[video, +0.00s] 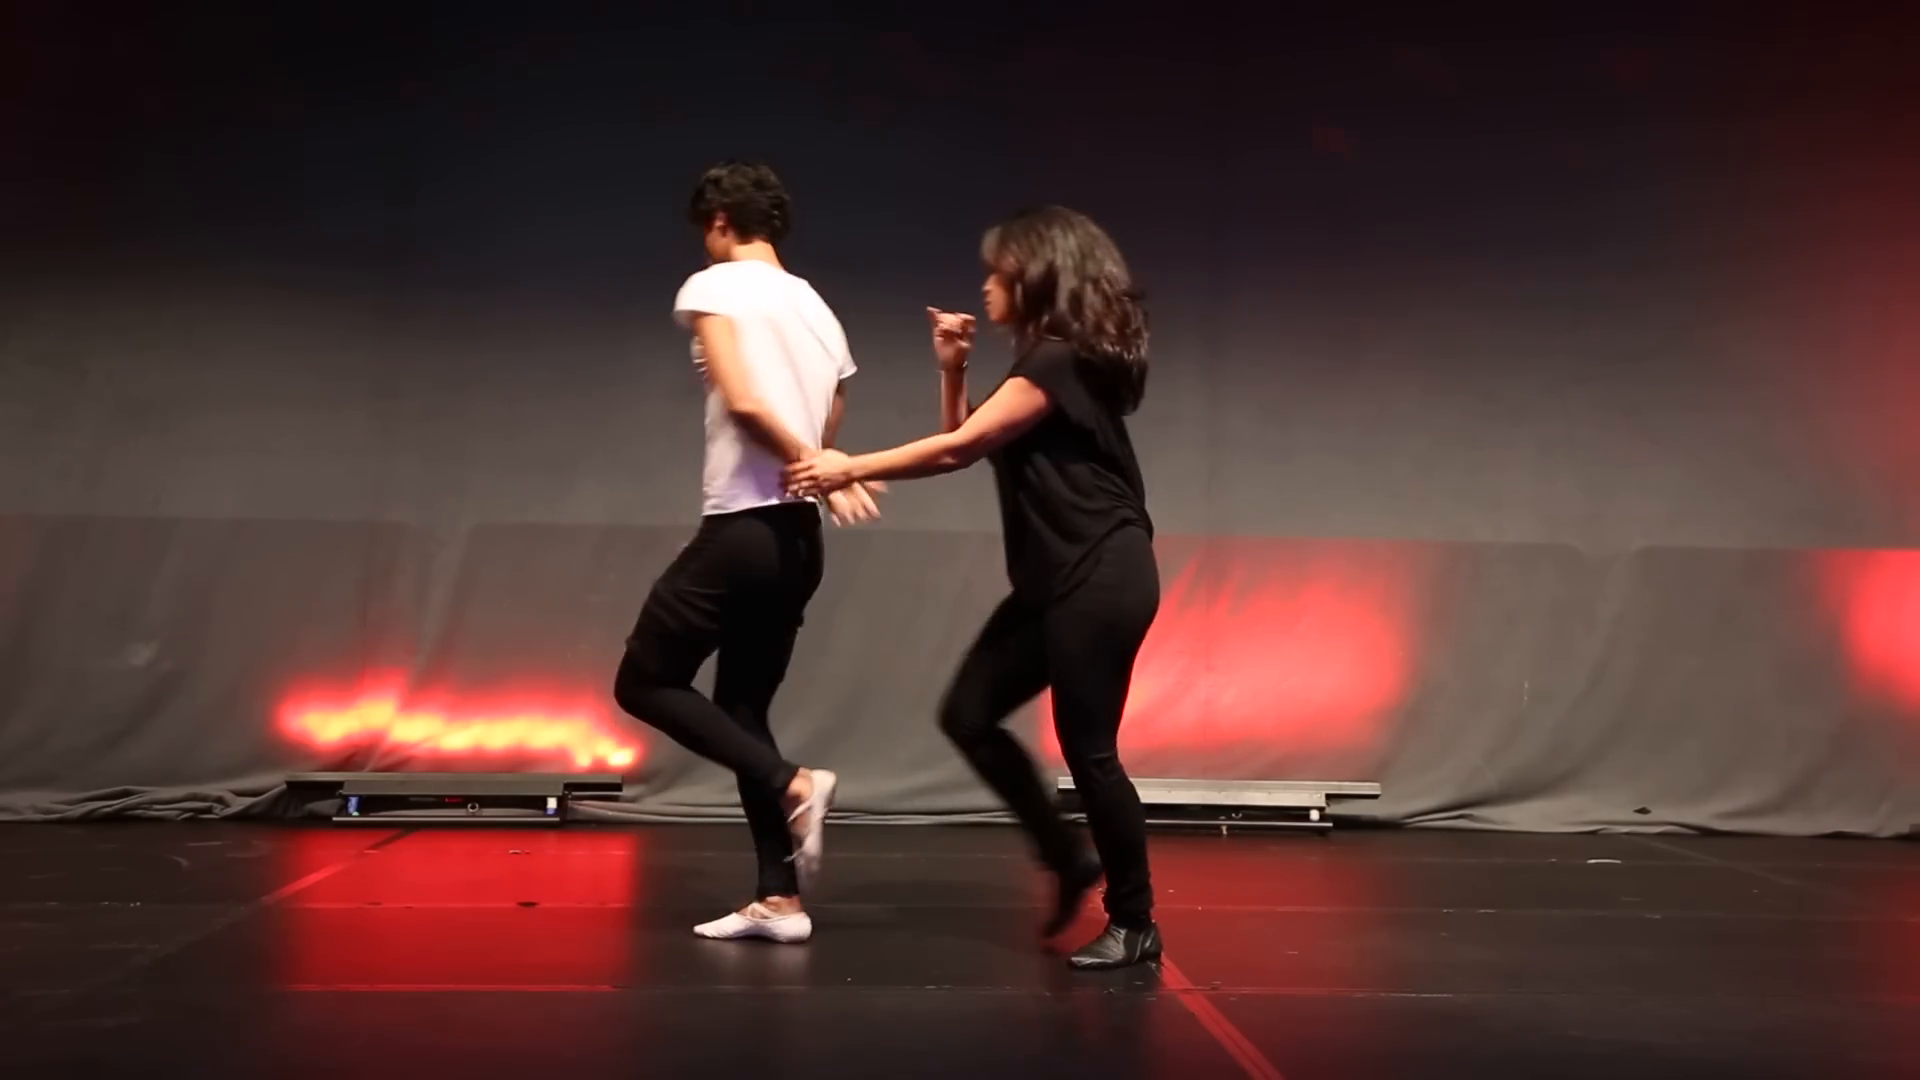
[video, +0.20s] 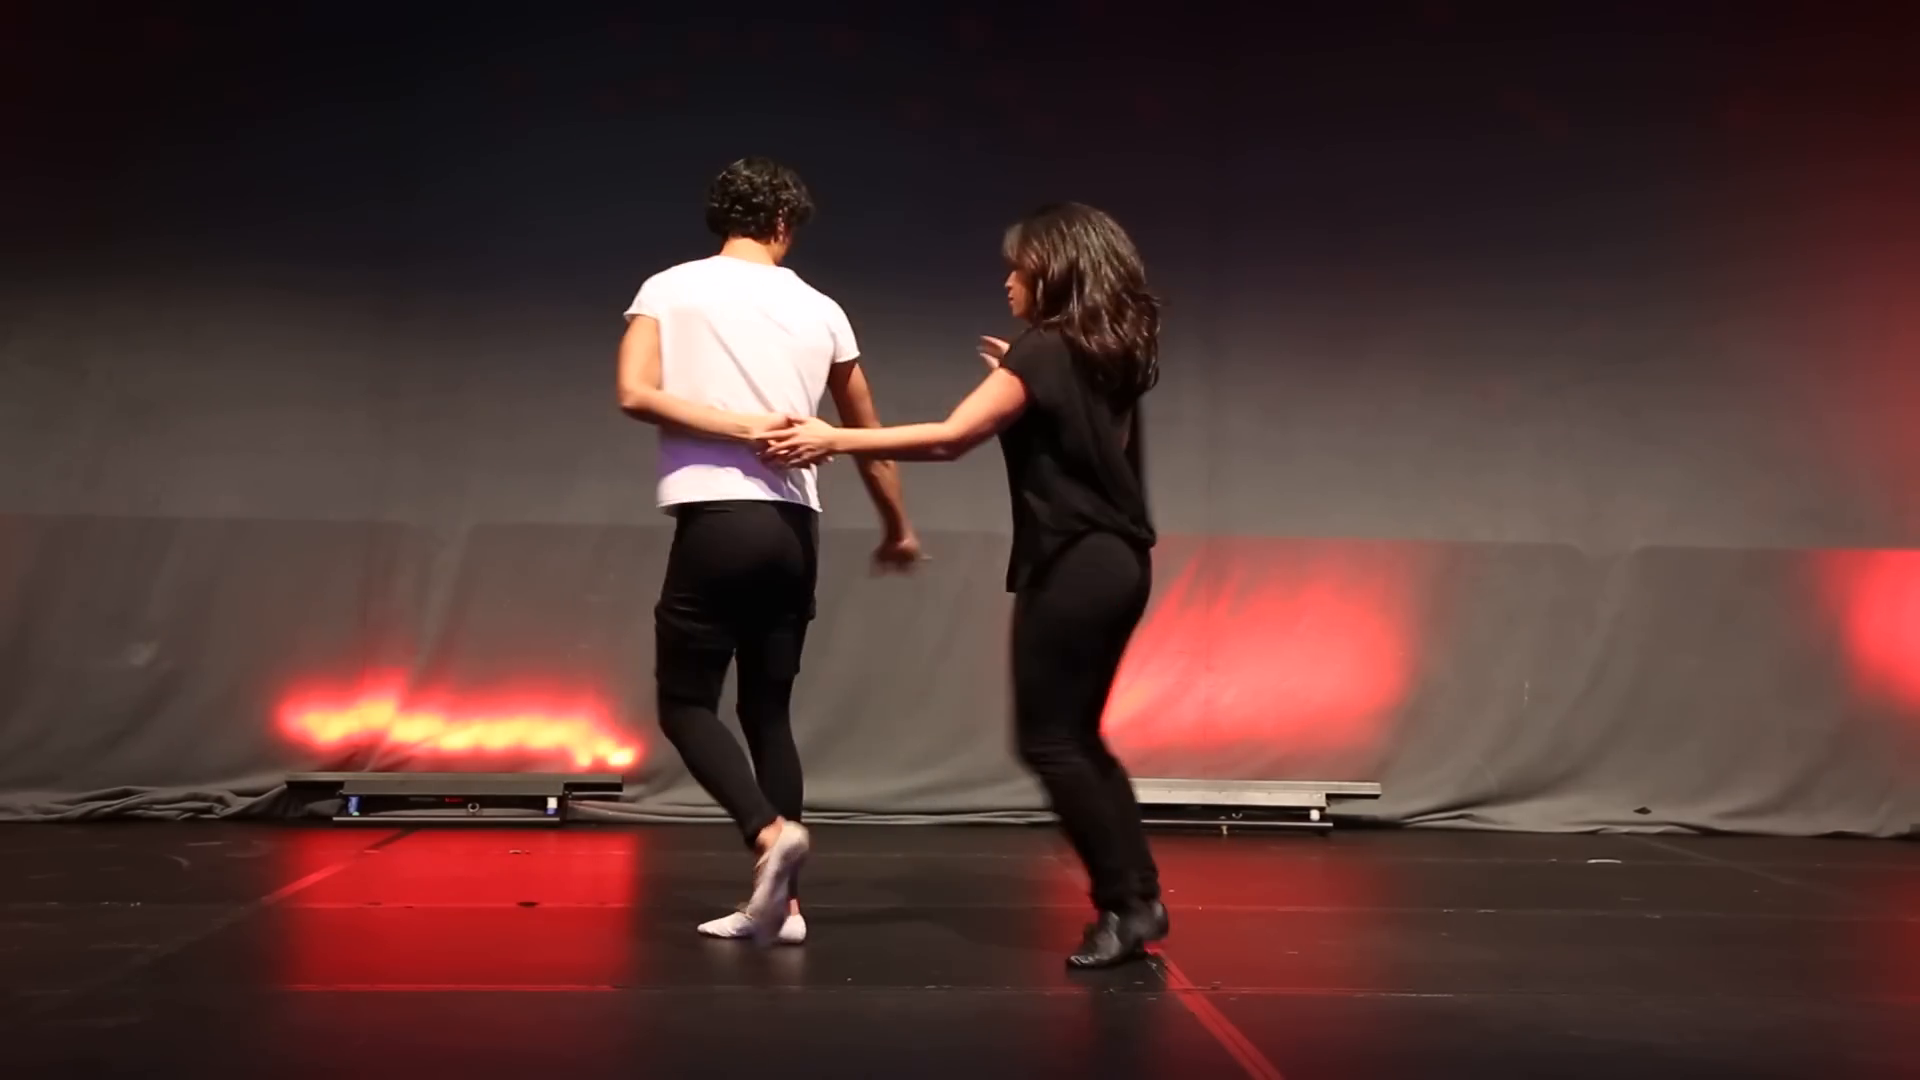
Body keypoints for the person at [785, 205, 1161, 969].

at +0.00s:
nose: (985, 288)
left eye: (997, 275)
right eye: (989, 273)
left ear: (1038, 278)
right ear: (1047, 282)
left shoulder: (1064, 361)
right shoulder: (1045, 360)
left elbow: (961, 447)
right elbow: (965, 443)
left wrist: (849, 466)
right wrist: (952, 371)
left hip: (1100, 576)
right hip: (1055, 582)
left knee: (1090, 751)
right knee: (966, 717)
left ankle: (1136, 927)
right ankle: (1070, 860)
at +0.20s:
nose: (1008, 285)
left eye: (1018, 271)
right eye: (1010, 270)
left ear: (1053, 274)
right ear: (1089, 274)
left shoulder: (1045, 355)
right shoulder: (1115, 352)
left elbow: (952, 435)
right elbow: (1085, 416)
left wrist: (836, 438)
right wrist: (1022, 371)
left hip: (1075, 565)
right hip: (1115, 562)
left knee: (1047, 740)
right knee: (1076, 734)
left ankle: (1126, 907)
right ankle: (1137, 895)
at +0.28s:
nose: (1008, 286)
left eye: (1017, 272)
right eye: (1010, 271)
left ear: (1054, 274)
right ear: (1100, 274)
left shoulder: (1027, 353)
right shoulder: (1131, 358)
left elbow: (941, 431)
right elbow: (1144, 467)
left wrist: (821, 434)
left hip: (1060, 569)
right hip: (1131, 570)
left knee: (1001, 731)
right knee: (1103, 735)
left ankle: (1089, 888)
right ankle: (1144, 911)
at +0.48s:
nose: (994, 297)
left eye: (1004, 284)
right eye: (997, 283)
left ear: (1039, 286)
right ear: (1083, 285)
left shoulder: (1003, 362)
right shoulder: (1125, 367)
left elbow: (928, 436)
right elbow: (1151, 480)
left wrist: (816, 449)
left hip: (1027, 578)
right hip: (1117, 581)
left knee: (950, 713)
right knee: (1119, 740)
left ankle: (971, 887)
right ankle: (1143, 915)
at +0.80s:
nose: (897, 311)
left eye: (911, 299)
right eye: (900, 297)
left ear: (952, 306)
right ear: (970, 308)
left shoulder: (923, 378)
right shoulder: (1010, 381)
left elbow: (891, 455)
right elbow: (1030, 481)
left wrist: (825, 495)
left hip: (939, 594)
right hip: (1012, 595)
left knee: (827, 721)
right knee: (1058, 743)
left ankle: (861, 895)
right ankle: (1134, 895)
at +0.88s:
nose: (865, 309)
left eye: (881, 297)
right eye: (867, 295)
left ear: (919, 306)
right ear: (934, 310)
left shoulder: (900, 379)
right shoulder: (955, 382)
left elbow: (871, 454)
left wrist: (817, 480)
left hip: (887, 601)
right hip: (954, 601)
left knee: (800, 734)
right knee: (993, 739)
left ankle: (859, 894)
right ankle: (1108, 863)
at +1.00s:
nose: (820, 309)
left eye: (836, 296)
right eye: (818, 297)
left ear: (877, 306)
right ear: (817, 308)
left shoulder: (878, 385)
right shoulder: (838, 391)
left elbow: (848, 412)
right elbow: (807, 447)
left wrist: (839, 353)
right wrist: (755, 401)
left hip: (854, 589)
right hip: (845, 589)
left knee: (791, 743)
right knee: (813, 741)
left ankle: (859, 895)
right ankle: (952, 835)